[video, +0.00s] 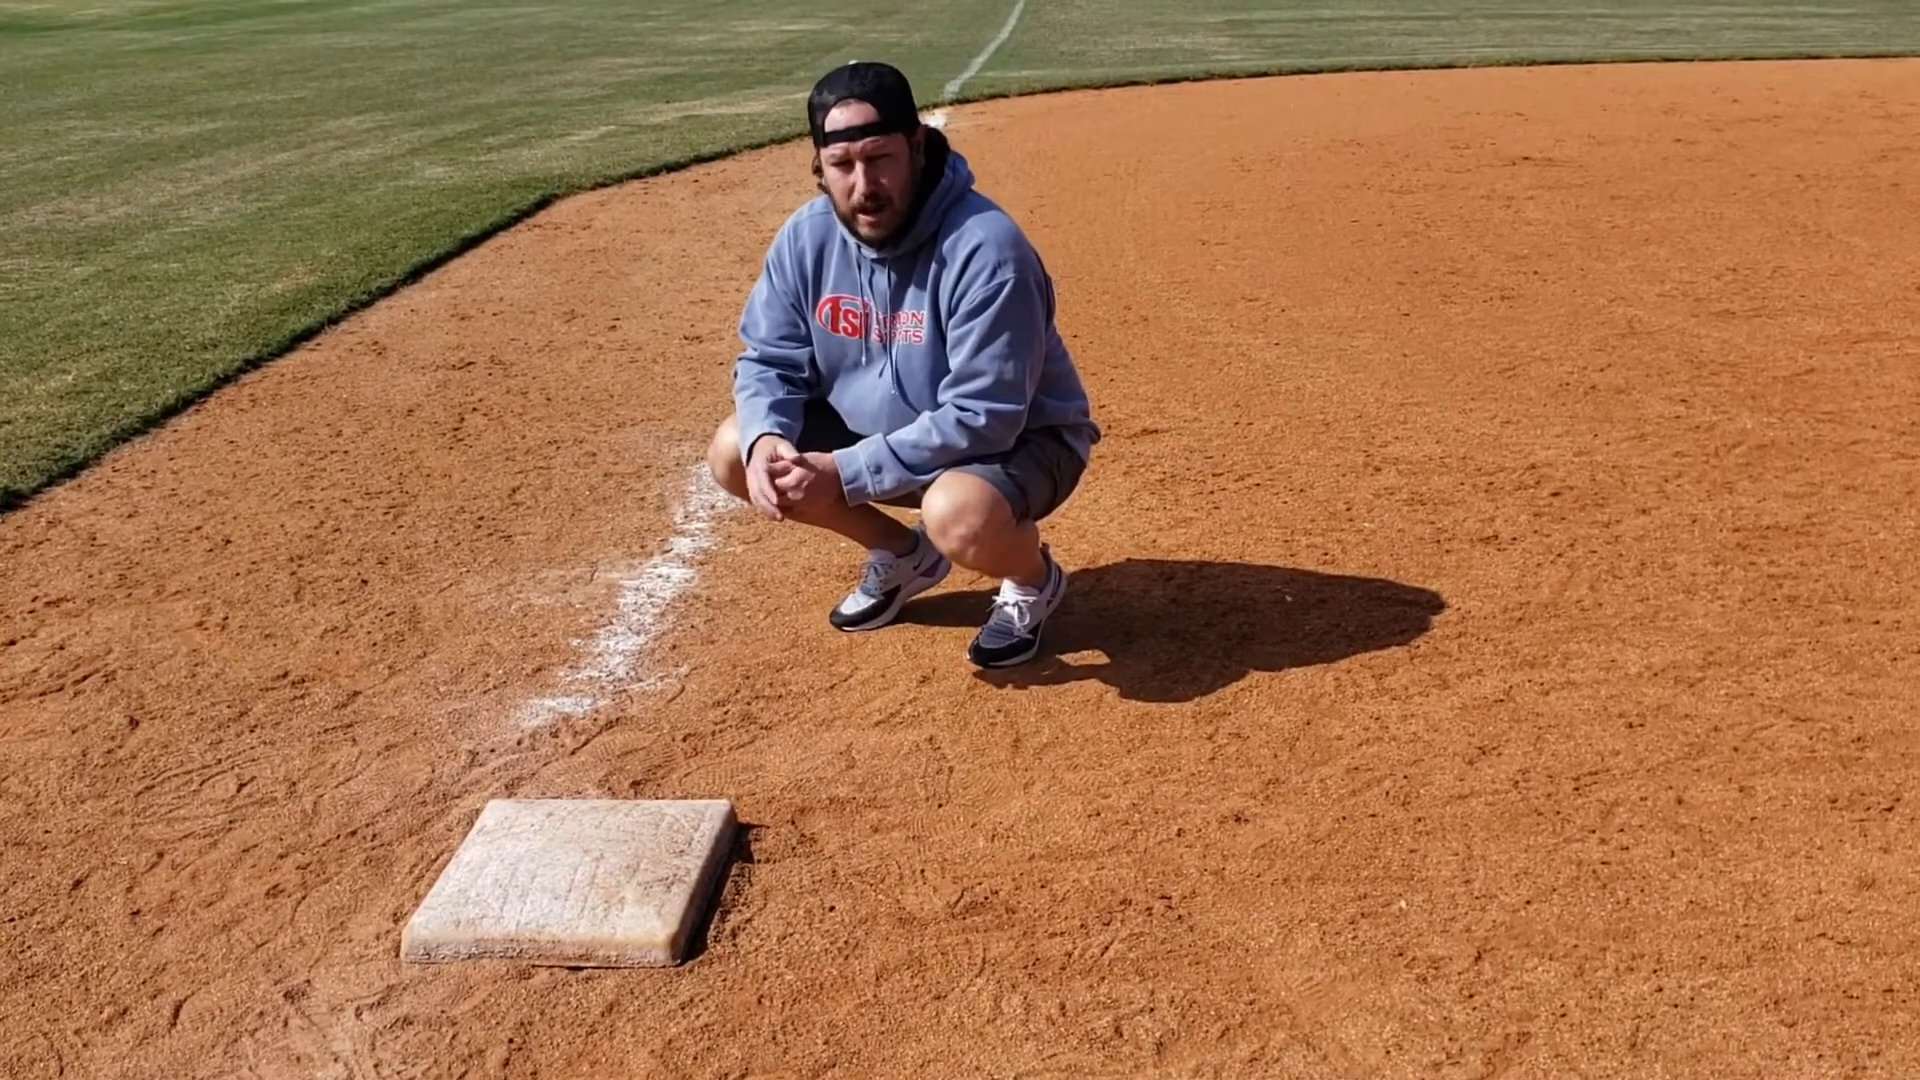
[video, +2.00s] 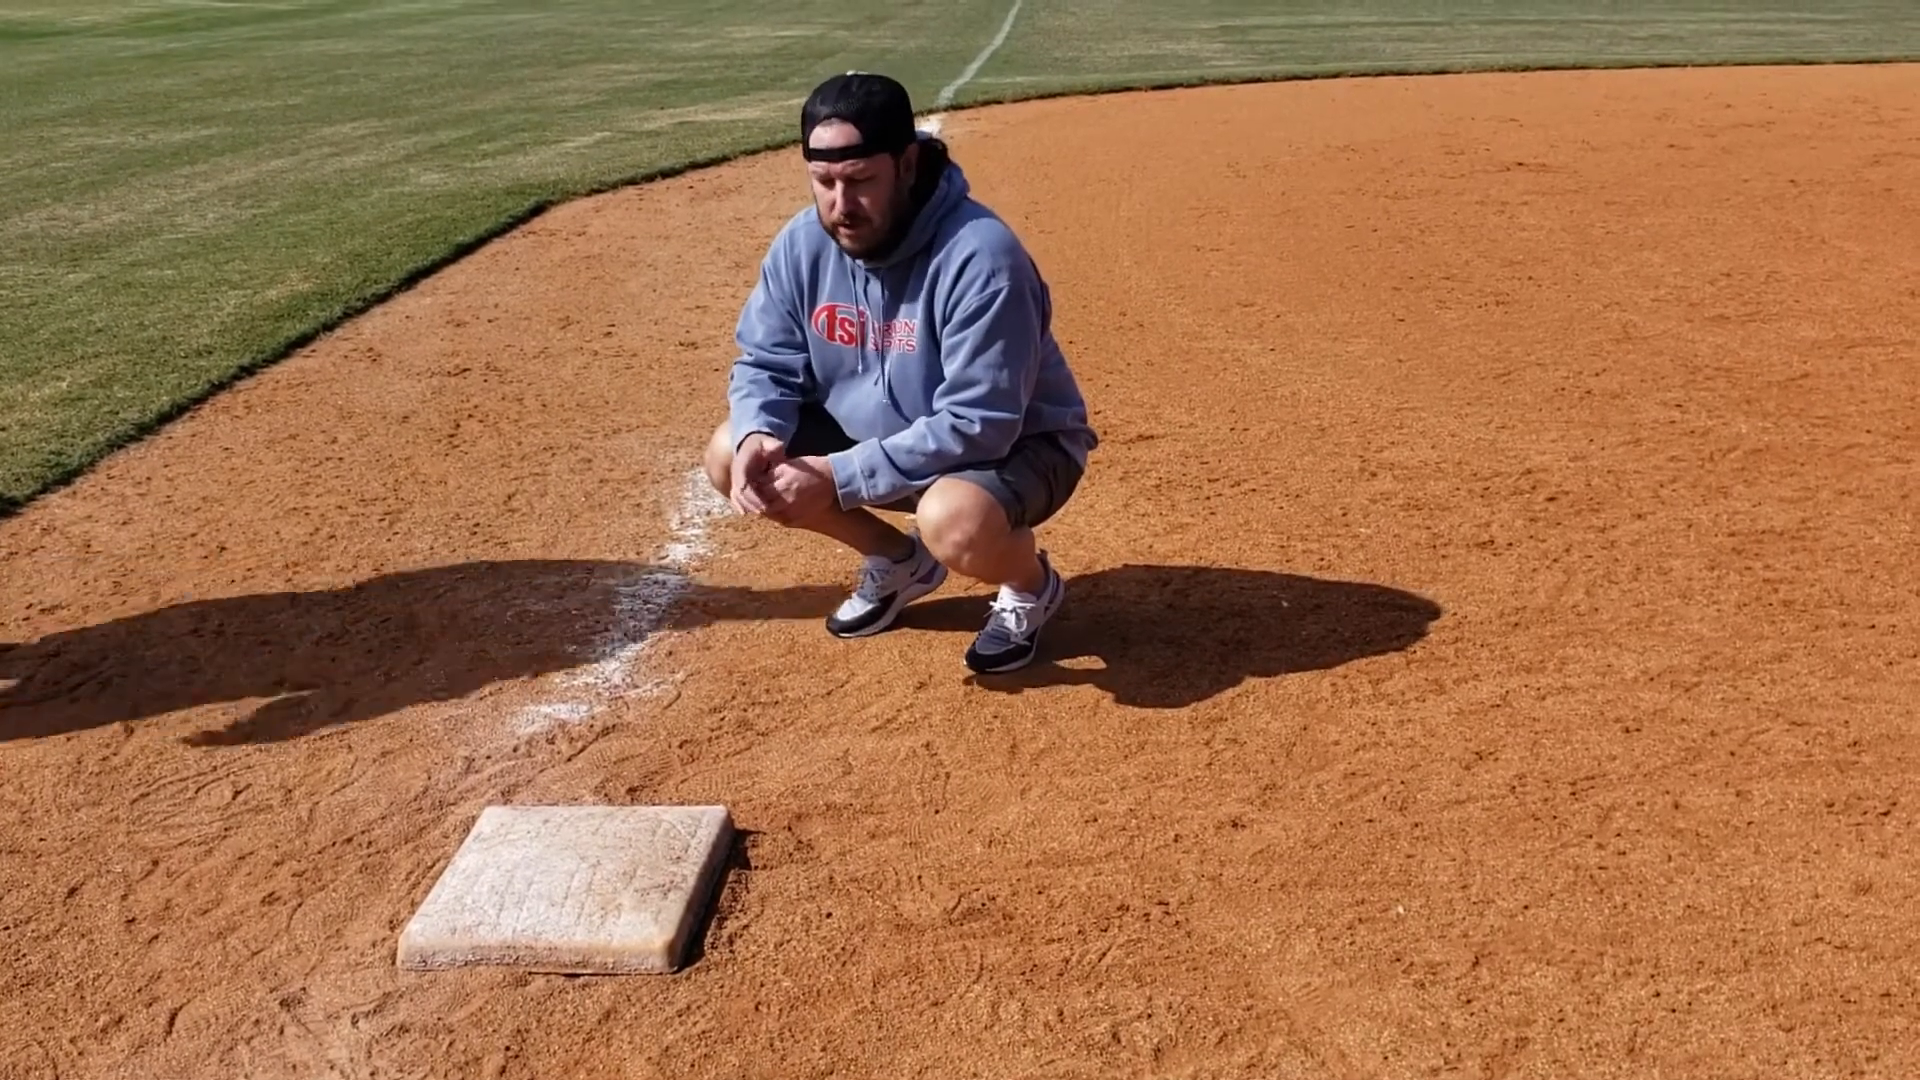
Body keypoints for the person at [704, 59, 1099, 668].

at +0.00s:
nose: (863, 187)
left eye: (879, 159)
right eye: (841, 164)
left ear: (918, 146)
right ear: (820, 168)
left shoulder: (986, 253)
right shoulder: (806, 239)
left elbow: (982, 420)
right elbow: (768, 359)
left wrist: (843, 475)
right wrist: (769, 436)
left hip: (1024, 437)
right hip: (887, 430)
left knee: (957, 514)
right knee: (736, 453)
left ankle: (1035, 580)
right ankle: (902, 553)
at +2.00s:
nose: (841, 205)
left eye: (860, 181)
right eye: (824, 182)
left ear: (908, 164)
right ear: (808, 175)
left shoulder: (981, 261)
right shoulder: (803, 244)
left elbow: (977, 426)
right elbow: (766, 360)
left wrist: (839, 478)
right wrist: (759, 435)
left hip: (1021, 444)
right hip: (885, 435)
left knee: (952, 521)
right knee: (733, 454)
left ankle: (1032, 586)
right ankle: (897, 559)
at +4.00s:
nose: (837, 226)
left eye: (857, 204)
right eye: (822, 204)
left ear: (907, 182)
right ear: (808, 191)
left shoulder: (983, 271)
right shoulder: (801, 255)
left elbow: (978, 434)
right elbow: (765, 370)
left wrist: (839, 483)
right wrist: (761, 446)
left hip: (1020, 453)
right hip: (882, 446)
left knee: (951, 527)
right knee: (734, 465)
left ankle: (1032, 593)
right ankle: (897, 565)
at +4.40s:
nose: (834, 224)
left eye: (854, 202)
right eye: (820, 201)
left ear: (905, 182)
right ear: (805, 189)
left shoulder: (982, 270)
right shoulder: (801, 255)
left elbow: (978, 433)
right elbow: (765, 371)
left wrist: (840, 483)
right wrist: (761, 446)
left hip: (1021, 452)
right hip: (883, 445)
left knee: (952, 528)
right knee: (735, 466)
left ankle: (1032, 593)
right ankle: (898, 565)